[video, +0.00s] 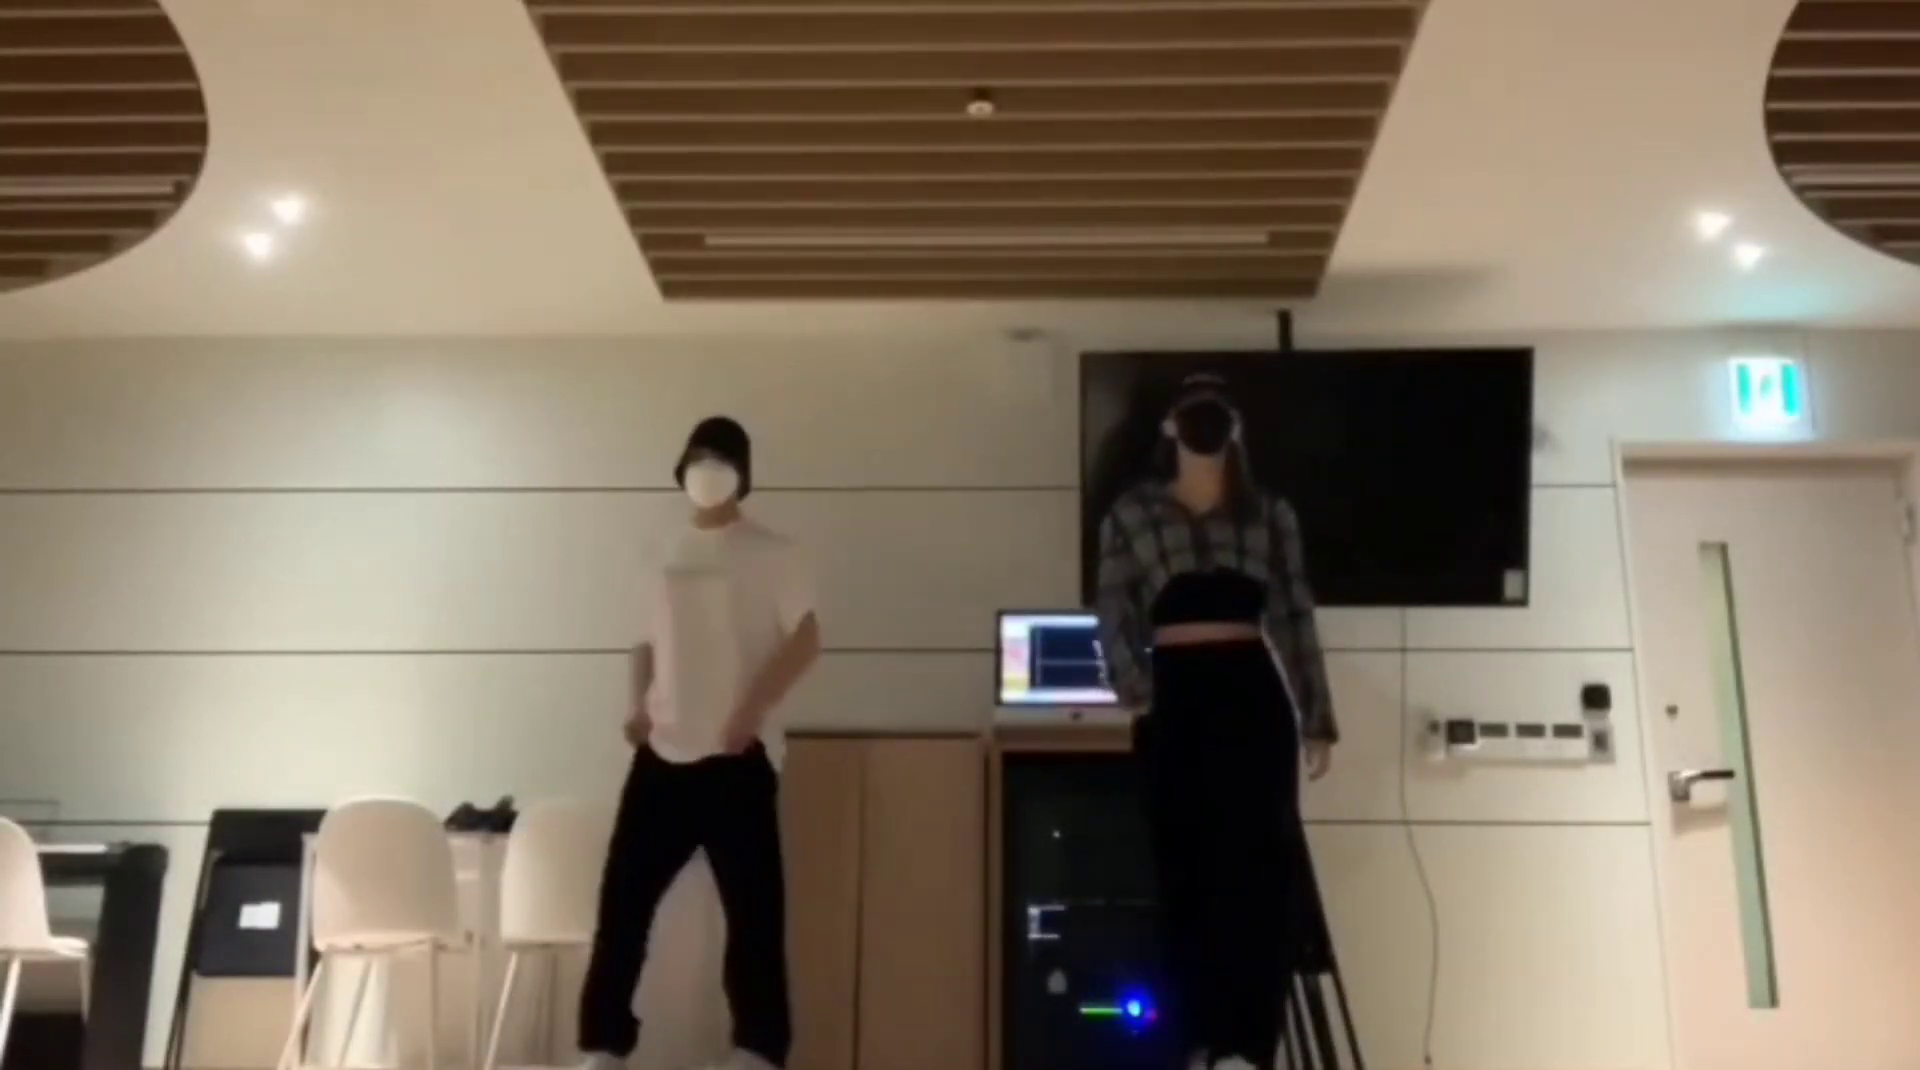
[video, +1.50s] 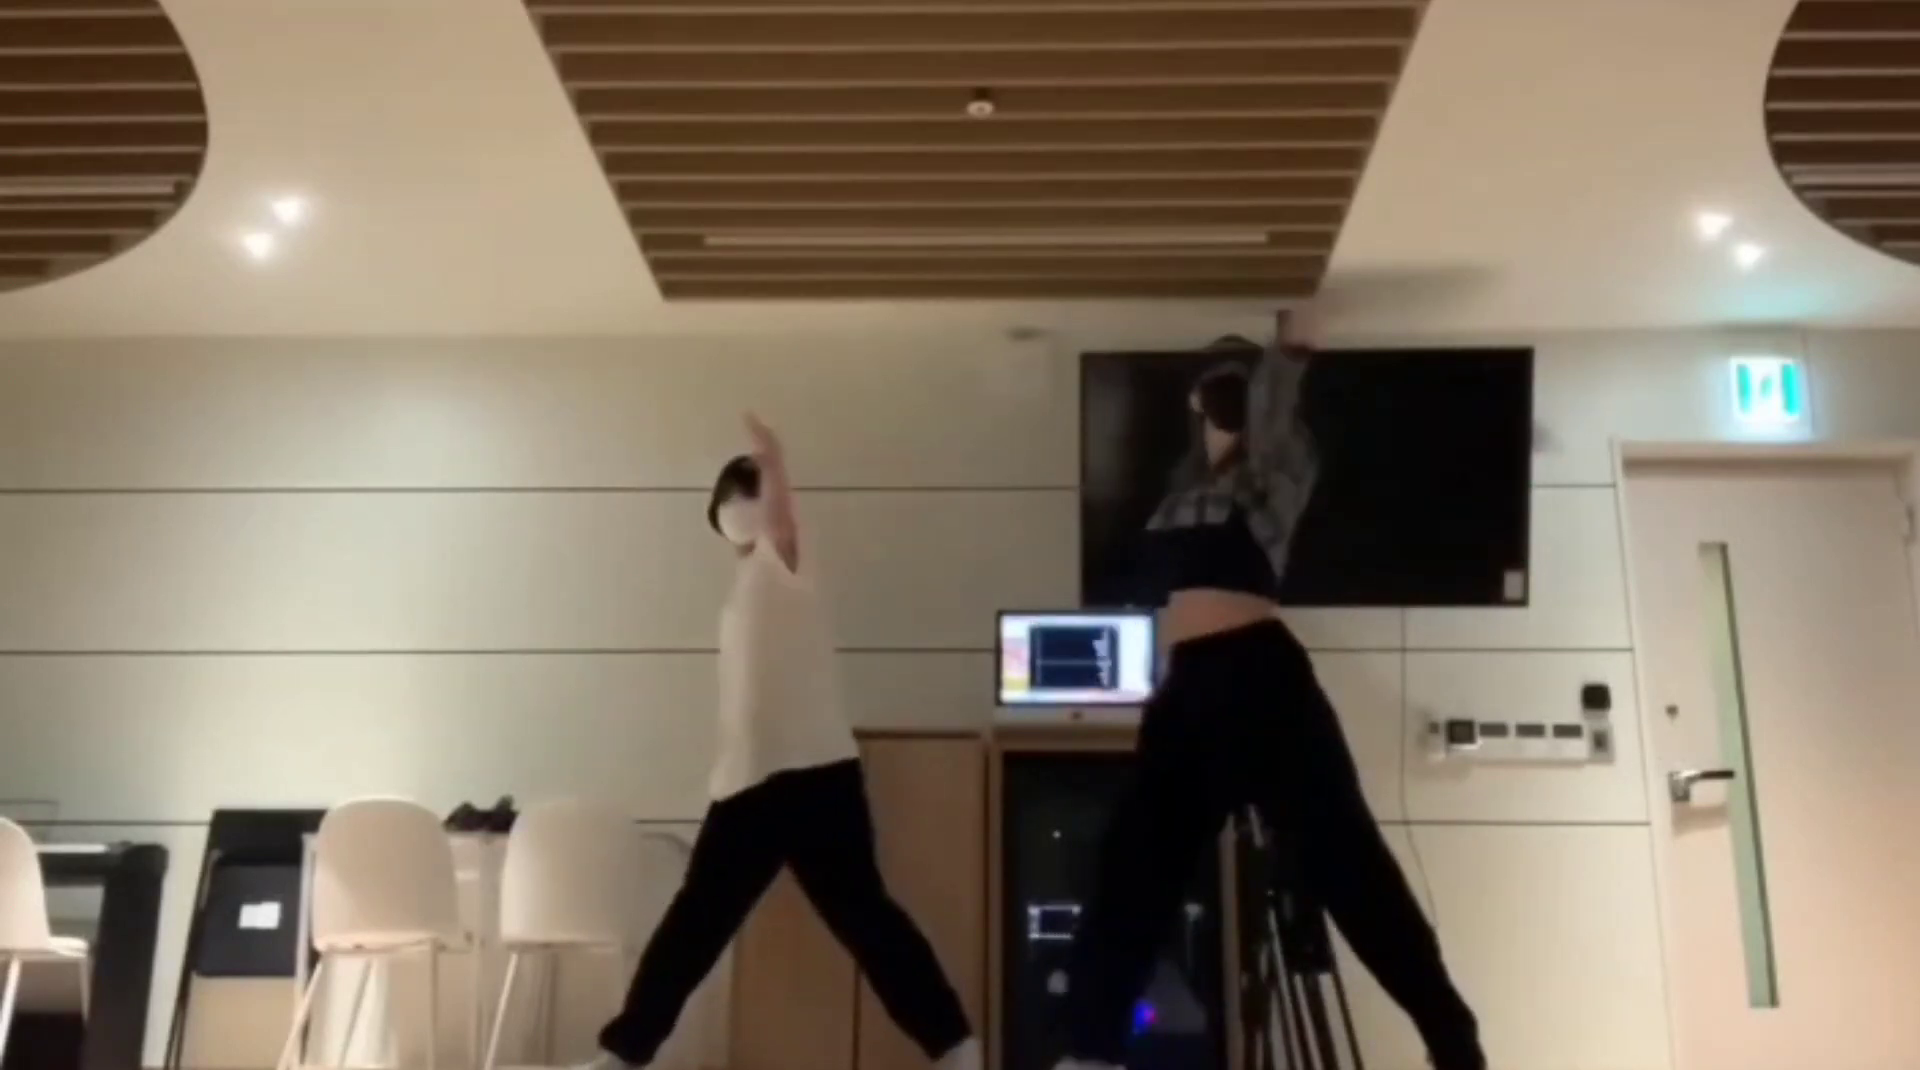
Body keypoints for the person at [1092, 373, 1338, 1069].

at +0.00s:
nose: (1207, 422)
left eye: (1218, 410)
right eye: (1193, 411)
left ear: (1237, 428)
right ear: (1169, 428)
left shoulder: (1270, 514)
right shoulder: (1132, 515)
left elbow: (1295, 618)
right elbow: (1112, 611)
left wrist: (1316, 713)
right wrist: (1135, 690)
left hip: (1255, 702)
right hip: (1176, 704)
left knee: (1259, 867)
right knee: (1187, 868)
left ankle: (1251, 1040)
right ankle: (1197, 1037)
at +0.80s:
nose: (1169, 410)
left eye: (1181, 397)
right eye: (1153, 399)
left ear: (1201, 413)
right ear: (1129, 417)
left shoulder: (1228, 494)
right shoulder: (1096, 493)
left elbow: (1244, 586)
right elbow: (1056, 585)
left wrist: (1237, 634)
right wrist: (1085, 678)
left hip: (1202, 689)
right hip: (1123, 688)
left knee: (1194, 829)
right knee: (1108, 839)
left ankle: (1186, 971)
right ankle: (1100, 993)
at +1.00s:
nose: (1177, 418)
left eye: (1188, 407)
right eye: (1163, 407)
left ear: (1207, 423)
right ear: (1137, 424)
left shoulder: (1229, 497)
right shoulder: (1100, 506)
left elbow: (1260, 561)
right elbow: (1068, 596)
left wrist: (1309, 573)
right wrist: (1092, 652)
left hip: (1222, 698)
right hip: (1134, 700)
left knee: (1291, 852)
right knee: (1083, 858)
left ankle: (1405, 1032)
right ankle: (1090, 1035)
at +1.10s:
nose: (1175, 423)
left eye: (1188, 411)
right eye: (1162, 412)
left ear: (1210, 429)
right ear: (1140, 428)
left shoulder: (1244, 489)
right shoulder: (1121, 507)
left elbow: (1346, 527)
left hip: (1253, 695)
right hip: (1167, 712)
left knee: (1348, 861)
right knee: (1105, 864)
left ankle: (1446, 1056)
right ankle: (1086, 1041)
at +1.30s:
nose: (1200, 413)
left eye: (1210, 401)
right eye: (1193, 401)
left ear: (1225, 418)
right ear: (1174, 418)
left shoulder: (1251, 476)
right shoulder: (1149, 498)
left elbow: (1338, 467)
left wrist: (1455, 451)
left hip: (1260, 683)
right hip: (1183, 702)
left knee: (1358, 860)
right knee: (1121, 865)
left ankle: (1447, 1050)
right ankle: (1083, 1041)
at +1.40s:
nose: (1218, 403)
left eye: (1233, 391)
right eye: (1207, 393)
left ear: (1252, 412)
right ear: (1189, 413)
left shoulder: (1264, 474)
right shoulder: (1174, 494)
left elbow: (1298, 417)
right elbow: (1175, 607)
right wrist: (1157, 675)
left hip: (1263, 674)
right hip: (1185, 687)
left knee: (1347, 856)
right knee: (1134, 861)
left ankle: (1449, 1040)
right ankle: (1084, 1036)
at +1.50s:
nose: (1213, 417)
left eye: (1228, 400)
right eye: (1207, 403)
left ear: (1253, 407)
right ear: (1199, 412)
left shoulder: (1276, 476)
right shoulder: (1185, 490)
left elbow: (1269, 418)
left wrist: (1290, 355)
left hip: (1264, 674)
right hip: (1185, 686)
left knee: (1343, 856)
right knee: (1136, 867)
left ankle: (1451, 1039)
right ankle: (1092, 1044)